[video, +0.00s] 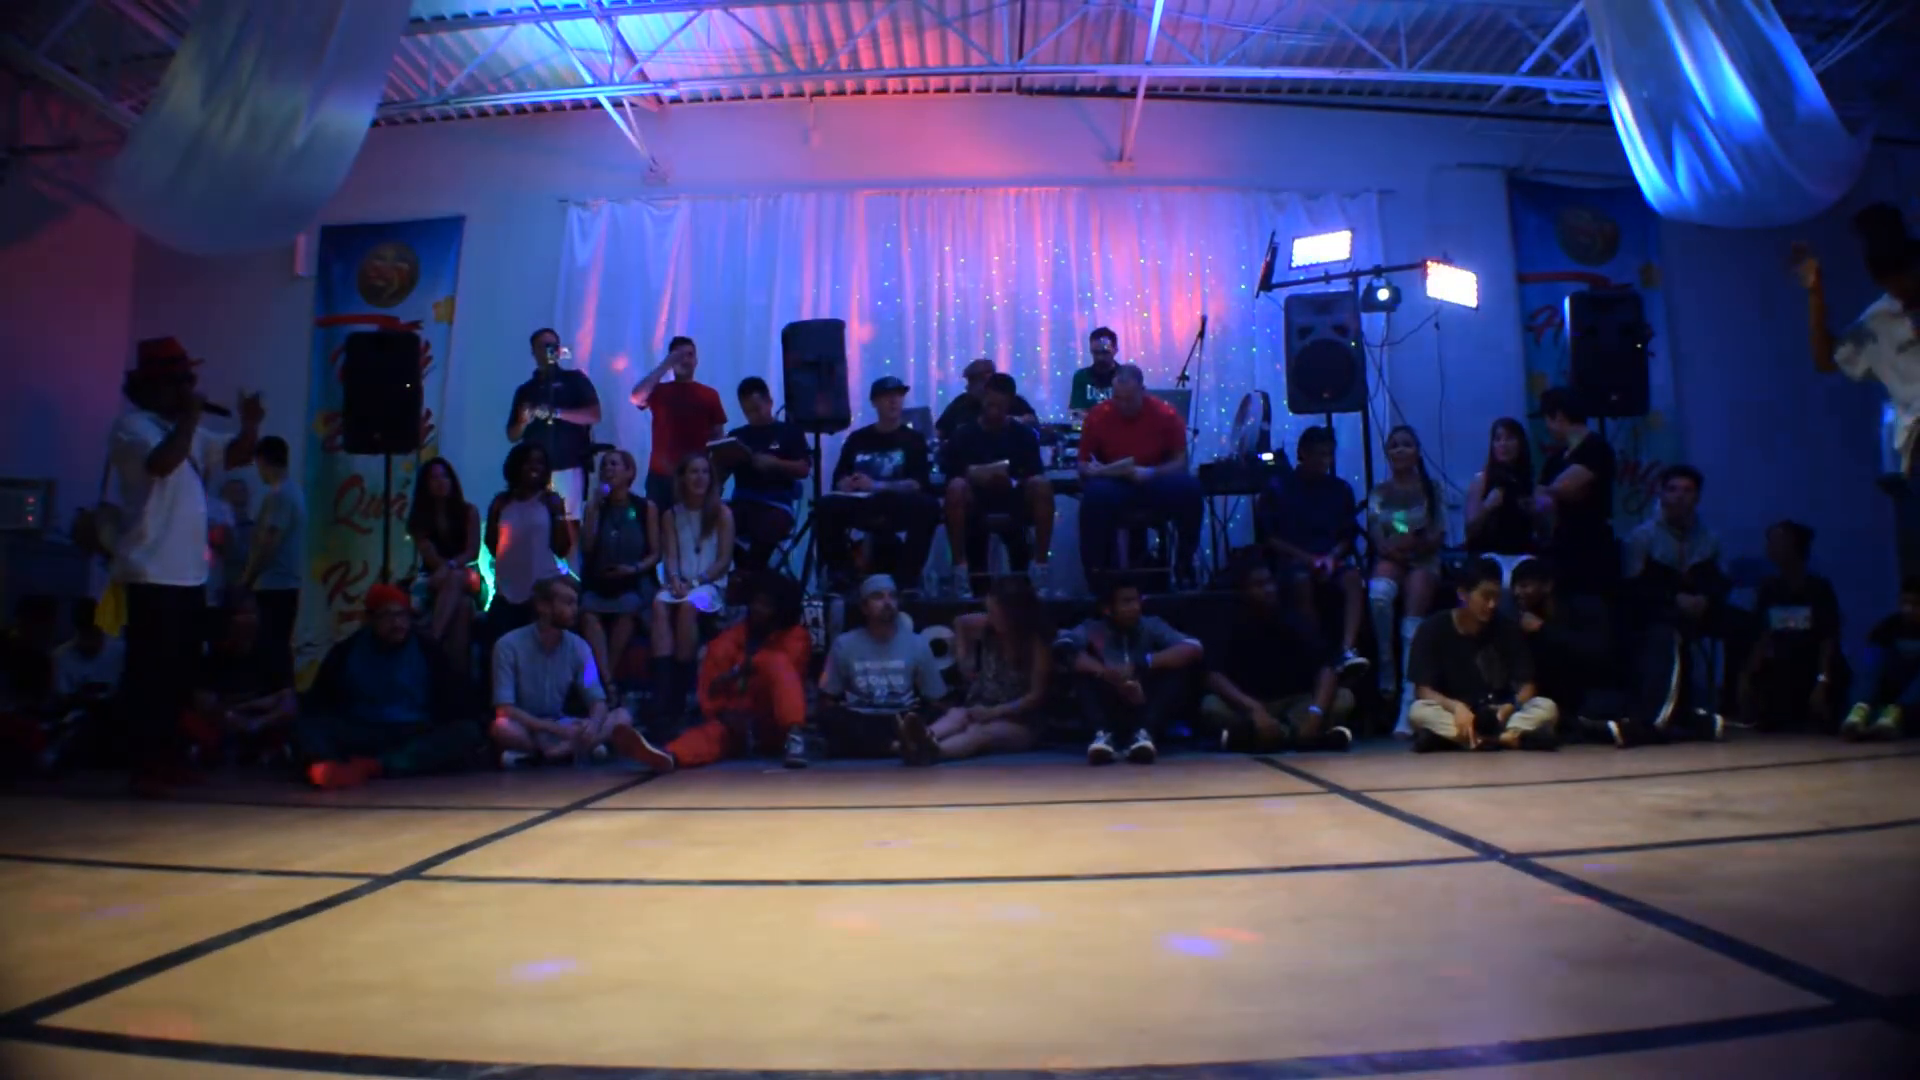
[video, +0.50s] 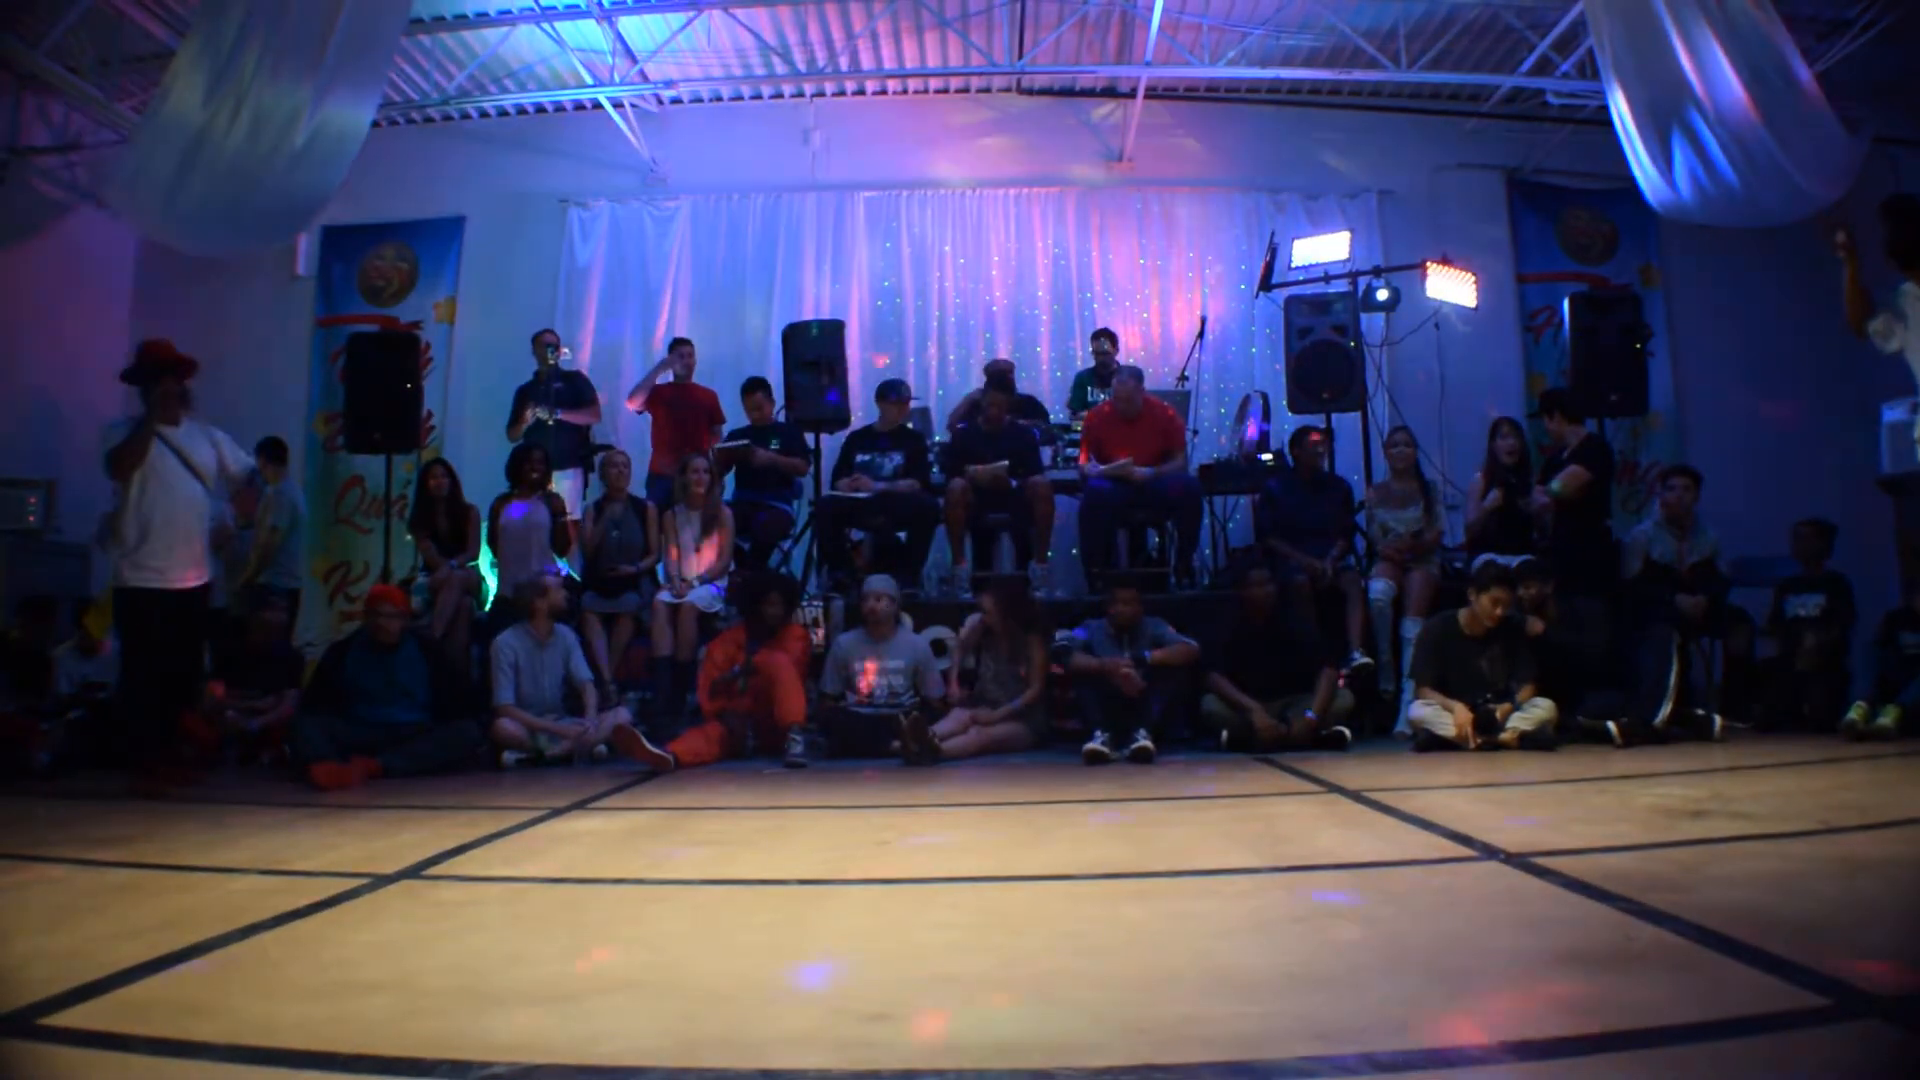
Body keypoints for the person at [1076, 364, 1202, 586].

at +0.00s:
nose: (1123, 405)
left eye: (1129, 399)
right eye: (1118, 398)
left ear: (1142, 392)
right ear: (1112, 393)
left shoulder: (1165, 415)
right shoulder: (1098, 416)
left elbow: (1180, 462)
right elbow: (1084, 464)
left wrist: (1150, 473)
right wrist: (1109, 470)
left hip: (1154, 483)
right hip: (1115, 483)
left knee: (1189, 490)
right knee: (1095, 496)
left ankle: (1184, 567)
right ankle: (1097, 575)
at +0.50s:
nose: (1120, 405)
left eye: (1126, 399)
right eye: (1116, 398)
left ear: (1141, 392)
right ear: (1111, 393)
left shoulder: (1165, 415)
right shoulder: (1096, 417)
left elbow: (1180, 462)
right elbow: (1085, 465)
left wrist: (1150, 473)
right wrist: (1109, 470)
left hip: (1153, 484)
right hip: (1115, 484)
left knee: (1188, 489)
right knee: (1095, 493)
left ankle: (1184, 568)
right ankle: (1096, 575)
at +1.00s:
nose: (1122, 405)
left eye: (1128, 399)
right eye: (1118, 399)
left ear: (1141, 392)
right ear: (1111, 394)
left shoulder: (1166, 415)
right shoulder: (1096, 418)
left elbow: (1180, 461)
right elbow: (1086, 464)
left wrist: (1151, 473)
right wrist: (1108, 471)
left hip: (1155, 484)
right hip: (1115, 484)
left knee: (1190, 490)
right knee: (1094, 495)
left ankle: (1185, 566)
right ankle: (1097, 574)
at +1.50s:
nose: (1123, 406)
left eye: (1128, 400)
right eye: (1118, 400)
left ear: (1140, 392)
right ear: (1111, 394)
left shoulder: (1166, 415)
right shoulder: (1096, 416)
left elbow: (1180, 463)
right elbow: (1086, 461)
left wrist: (1150, 473)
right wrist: (1095, 470)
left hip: (1154, 483)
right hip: (1114, 483)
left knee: (1189, 492)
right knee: (1095, 495)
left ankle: (1184, 568)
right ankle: (1097, 575)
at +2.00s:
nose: (1122, 405)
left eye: (1127, 399)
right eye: (1117, 399)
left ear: (1140, 392)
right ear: (1111, 393)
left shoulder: (1165, 414)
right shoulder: (1096, 416)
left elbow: (1180, 463)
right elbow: (1086, 464)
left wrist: (1150, 473)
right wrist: (1108, 471)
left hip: (1154, 482)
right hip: (1115, 483)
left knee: (1188, 490)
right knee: (1094, 495)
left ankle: (1184, 568)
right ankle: (1097, 575)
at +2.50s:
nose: (1105, 392)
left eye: (1110, 385)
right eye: (1103, 386)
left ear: (1130, 382)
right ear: (1101, 387)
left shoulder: (1162, 413)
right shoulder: (1096, 417)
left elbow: (1178, 461)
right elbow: (1086, 464)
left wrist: (1152, 470)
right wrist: (1111, 466)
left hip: (1151, 482)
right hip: (1112, 483)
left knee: (1188, 489)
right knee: (1088, 496)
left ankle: (1184, 566)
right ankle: (1097, 572)